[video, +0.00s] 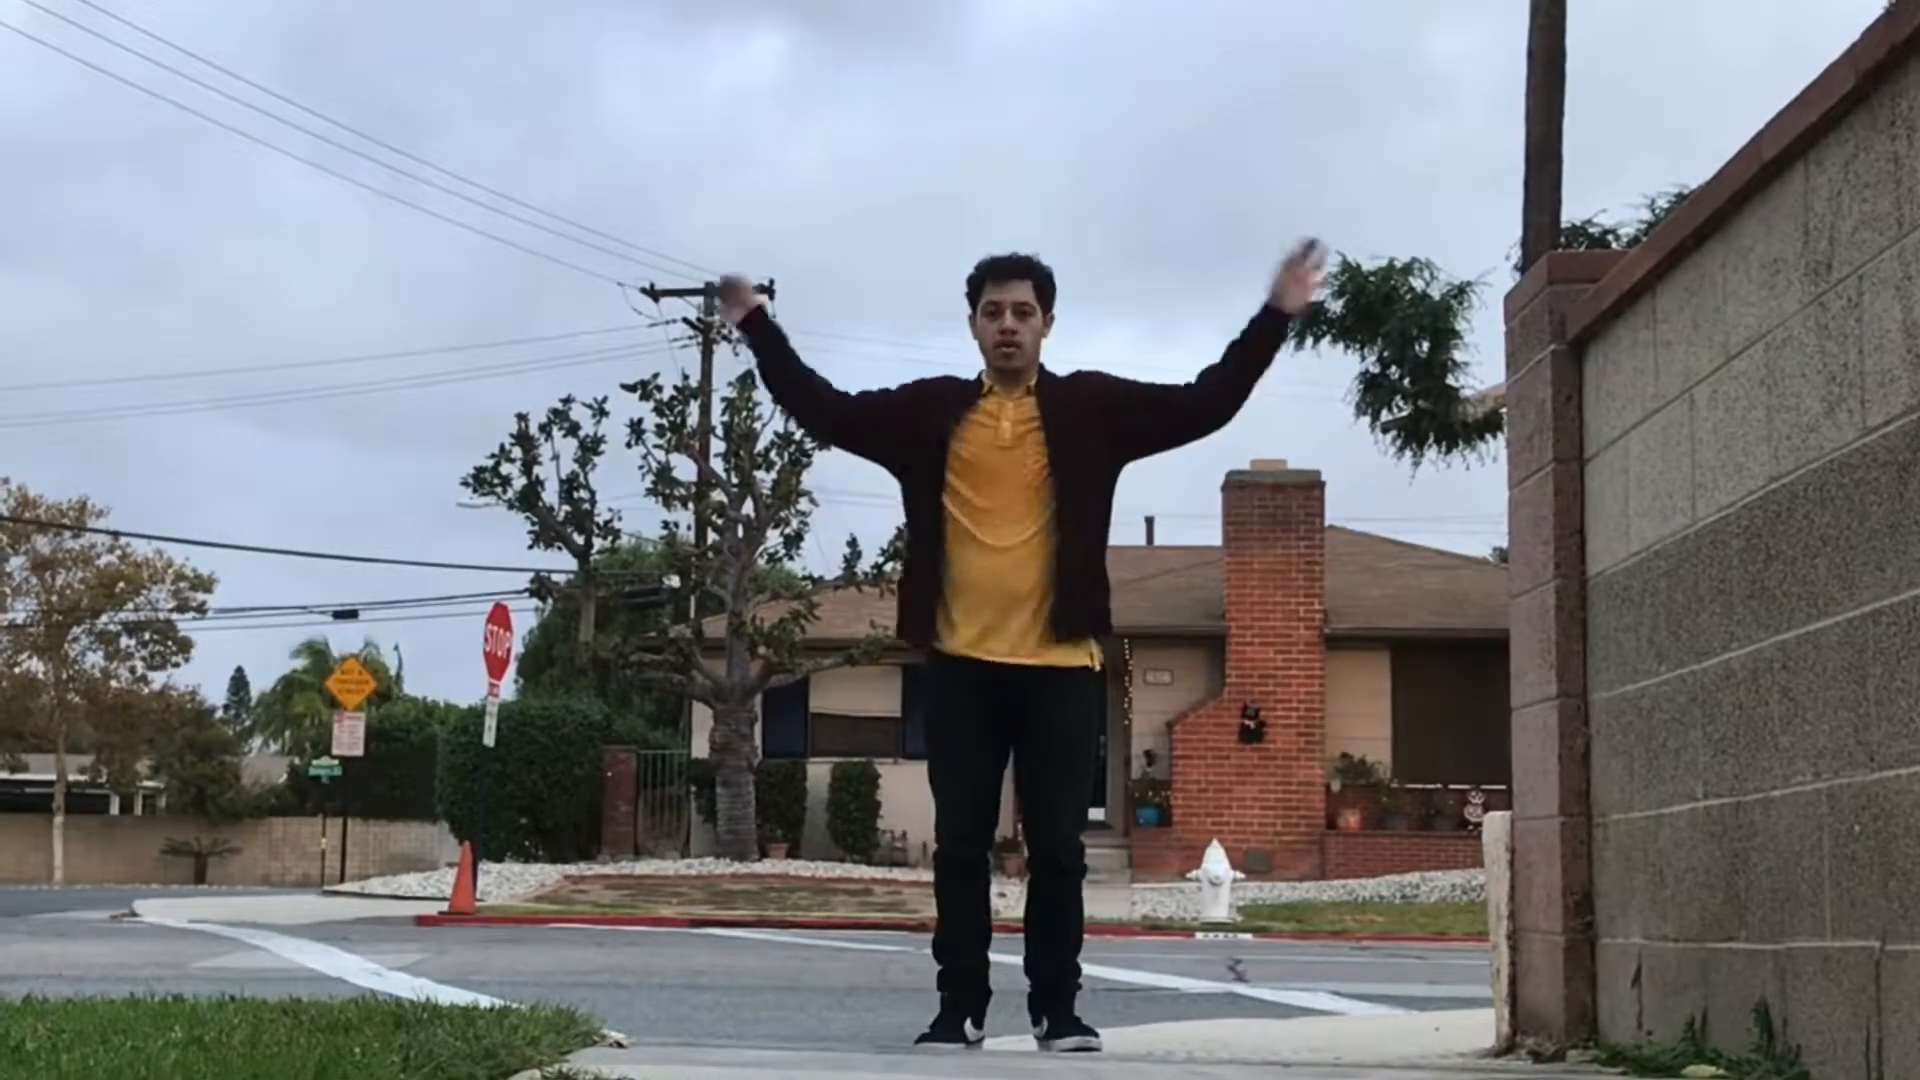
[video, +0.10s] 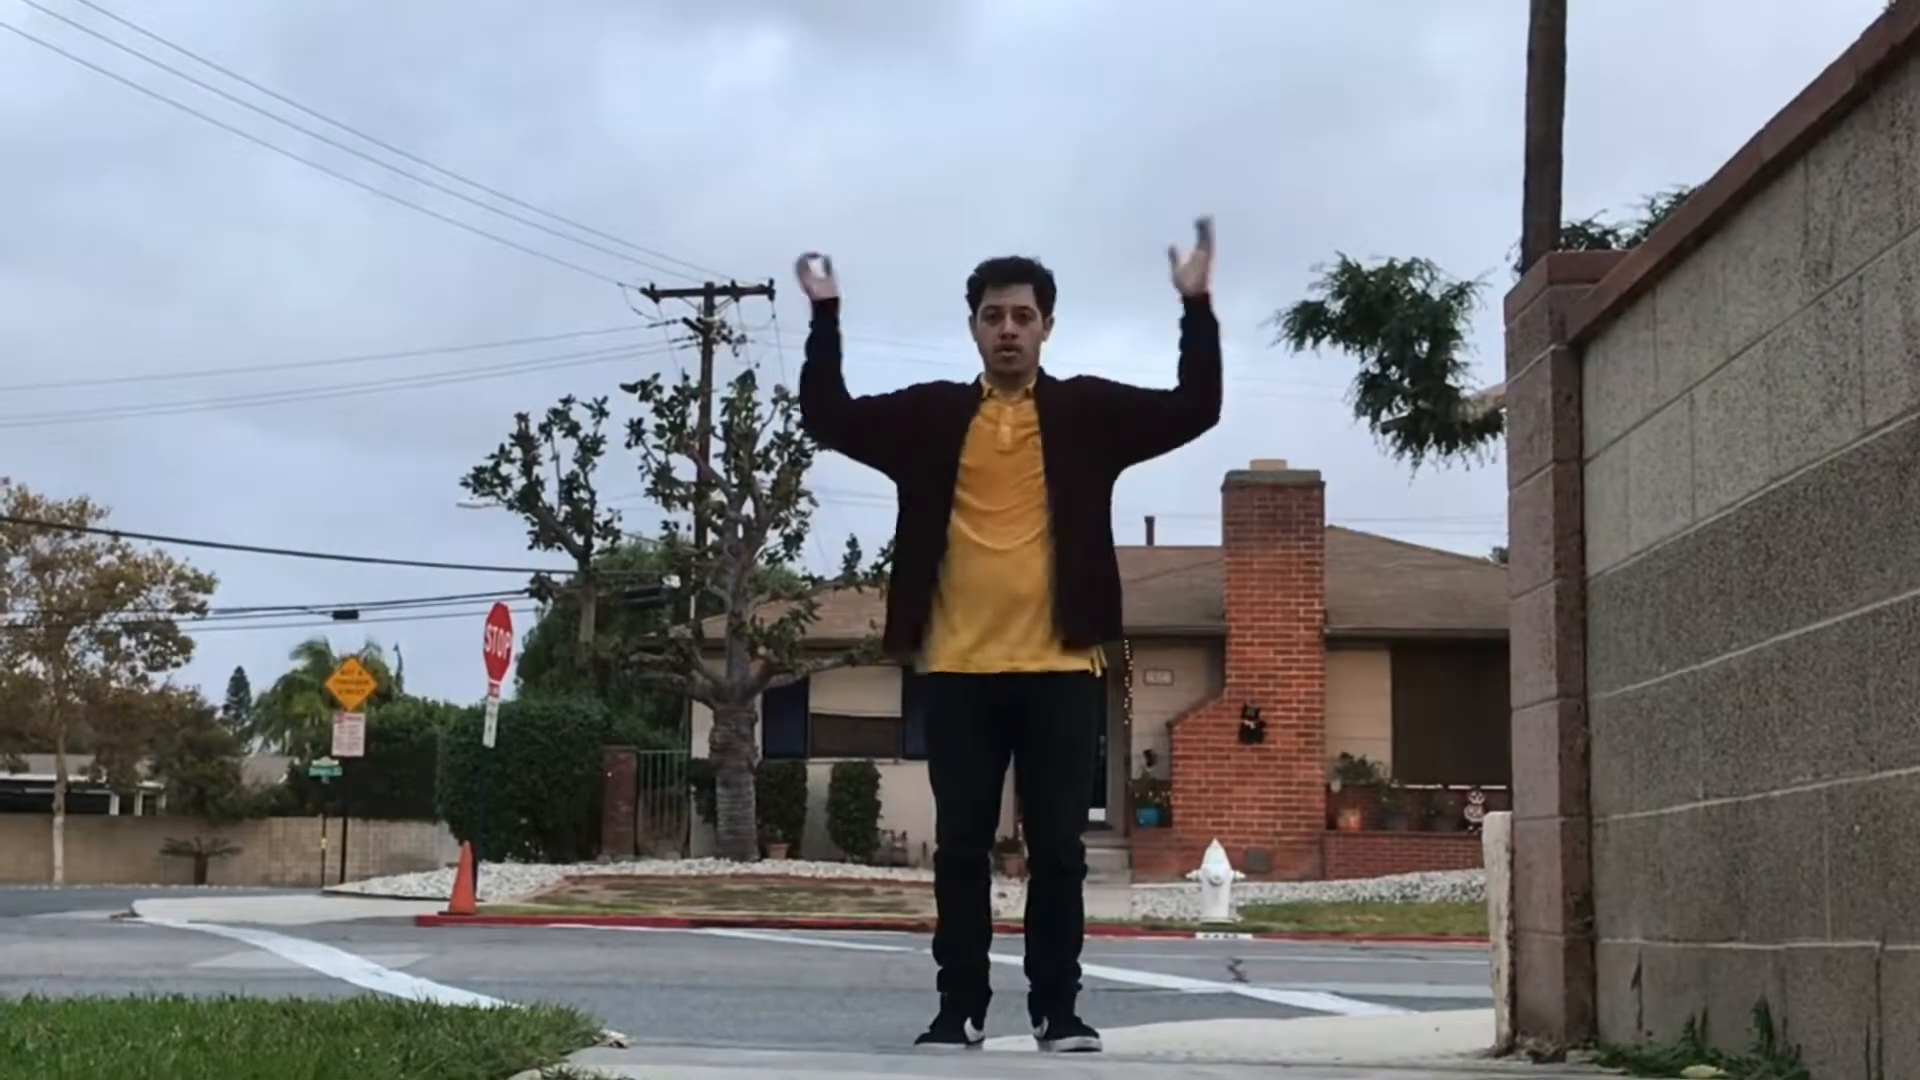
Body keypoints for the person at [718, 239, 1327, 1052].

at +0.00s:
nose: (1007, 325)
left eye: (1023, 312)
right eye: (993, 312)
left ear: (1047, 324)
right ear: (973, 325)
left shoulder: (1093, 406)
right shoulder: (929, 409)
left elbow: (1205, 404)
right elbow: (826, 413)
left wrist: (1276, 314)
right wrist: (756, 325)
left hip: (1061, 668)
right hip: (959, 666)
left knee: (1058, 849)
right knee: (961, 846)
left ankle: (1058, 1013)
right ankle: (960, 1013)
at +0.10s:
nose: (1008, 328)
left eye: (1023, 315)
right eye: (993, 315)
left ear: (1047, 325)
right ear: (973, 326)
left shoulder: (1089, 411)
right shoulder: (928, 414)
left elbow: (1196, 407)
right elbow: (827, 414)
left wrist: (1197, 303)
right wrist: (824, 317)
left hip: (1061, 669)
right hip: (958, 670)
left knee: (1058, 848)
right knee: (961, 848)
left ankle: (1058, 1015)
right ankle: (959, 1016)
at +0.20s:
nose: (1007, 331)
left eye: (1022, 318)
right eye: (992, 318)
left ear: (1044, 328)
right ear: (972, 328)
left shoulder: (1081, 410)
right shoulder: (930, 414)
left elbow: (1168, 421)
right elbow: (841, 416)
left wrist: (1125, 321)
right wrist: (891, 325)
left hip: (1061, 670)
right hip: (959, 670)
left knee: (1059, 849)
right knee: (961, 849)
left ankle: (1058, 1014)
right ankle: (958, 1014)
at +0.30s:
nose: (1008, 330)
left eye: (1021, 316)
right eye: (991, 318)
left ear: (1044, 326)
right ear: (970, 328)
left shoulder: (1071, 411)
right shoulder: (935, 408)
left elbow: (1133, 448)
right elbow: (865, 434)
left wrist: (1070, 357)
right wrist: (954, 379)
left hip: (1061, 668)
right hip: (959, 668)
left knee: (1059, 849)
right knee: (962, 849)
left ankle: (1058, 1012)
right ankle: (959, 1014)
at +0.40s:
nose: (1005, 331)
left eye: (1019, 317)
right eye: (990, 317)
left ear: (1041, 328)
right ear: (969, 328)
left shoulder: (1076, 409)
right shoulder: (937, 408)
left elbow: (1126, 472)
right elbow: (883, 460)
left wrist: (1041, 421)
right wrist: (980, 416)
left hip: (1059, 671)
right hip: (958, 672)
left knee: (1058, 849)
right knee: (960, 849)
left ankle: (1058, 1012)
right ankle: (959, 1013)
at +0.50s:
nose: (1001, 329)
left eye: (1016, 316)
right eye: (986, 316)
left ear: (1039, 327)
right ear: (965, 328)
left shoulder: (1078, 410)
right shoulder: (936, 410)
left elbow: (1137, 480)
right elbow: (895, 485)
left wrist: (1022, 467)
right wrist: (1000, 507)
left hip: (1058, 672)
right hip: (958, 672)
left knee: (1058, 847)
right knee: (960, 847)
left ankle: (1057, 1012)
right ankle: (960, 1012)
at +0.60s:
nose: (1000, 329)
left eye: (1014, 315)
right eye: (985, 316)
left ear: (1038, 327)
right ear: (963, 328)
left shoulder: (1077, 410)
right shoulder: (933, 415)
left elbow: (1133, 495)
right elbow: (901, 503)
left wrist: (1025, 523)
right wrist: (999, 551)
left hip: (1057, 673)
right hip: (958, 673)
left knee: (1057, 849)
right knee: (959, 847)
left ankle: (1057, 1011)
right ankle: (960, 1011)